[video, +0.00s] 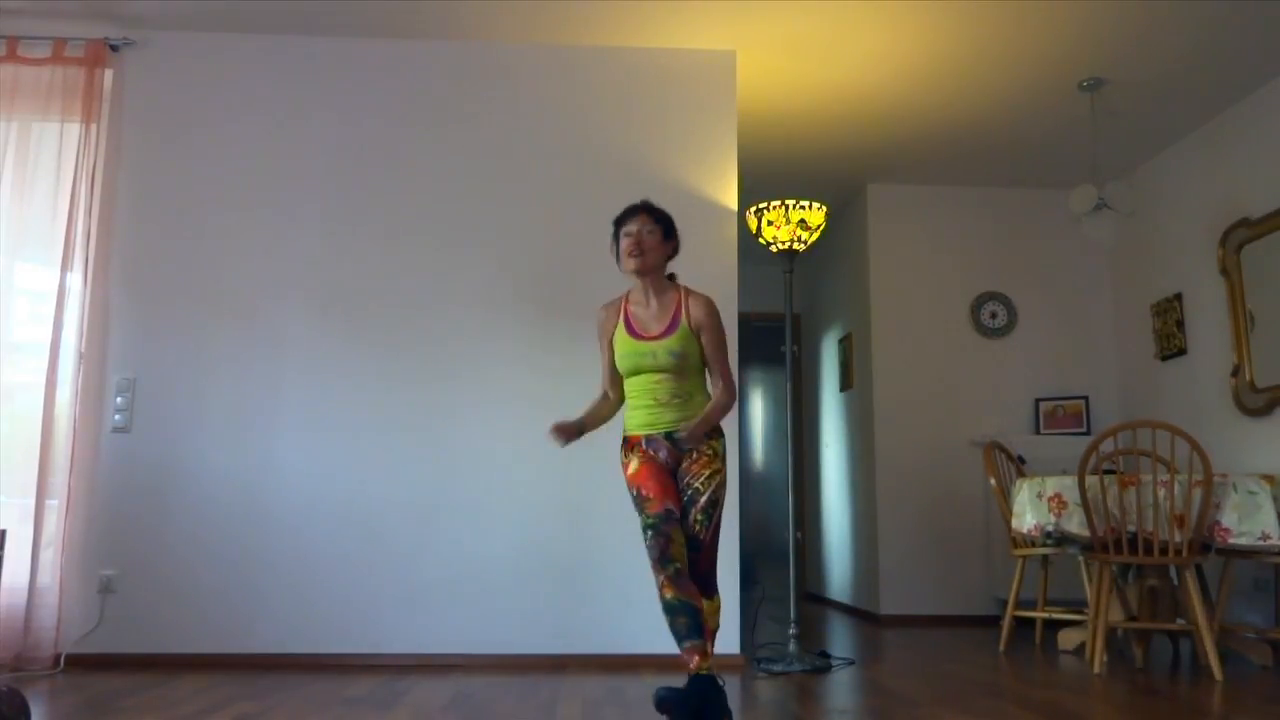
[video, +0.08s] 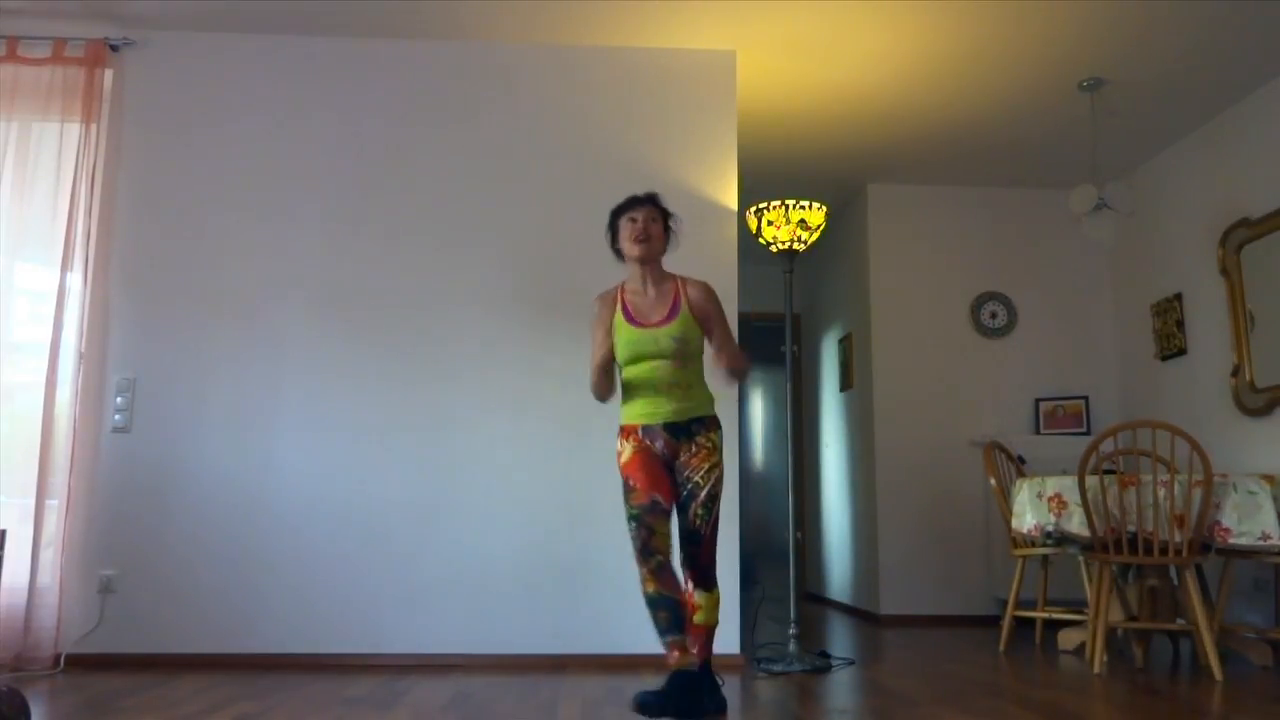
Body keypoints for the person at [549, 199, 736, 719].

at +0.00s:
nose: (634, 243)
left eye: (645, 236)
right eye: (626, 237)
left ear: (669, 247)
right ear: (617, 251)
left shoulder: (697, 308)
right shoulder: (611, 316)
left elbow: (725, 390)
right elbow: (612, 393)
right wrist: (578, 425)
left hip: (699, 442)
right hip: (641, 445)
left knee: (699, 553)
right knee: (665, 540)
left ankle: (701, 676)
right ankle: (701, 673)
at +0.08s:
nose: (642, 228)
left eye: (651, 221)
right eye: (631, 222)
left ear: (667, 235)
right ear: (616, 239)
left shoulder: (697, 294)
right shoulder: (609, 304)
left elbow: (734, 370)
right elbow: (602, 391)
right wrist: (606, 349)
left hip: (697, 432)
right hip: (639, 435)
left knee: (697, 553)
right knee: (650, 550)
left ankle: (703, 675)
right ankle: (682, 670)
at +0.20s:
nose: (635, 205)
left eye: (643, 197)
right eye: (623, 198)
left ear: (655, 211)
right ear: (604, 216)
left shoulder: (681, 265)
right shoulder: (595, 271)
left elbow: (752, 298)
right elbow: (593, 312)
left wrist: (747, 245)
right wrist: (631, 255)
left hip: (688, 405)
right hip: (629, 407)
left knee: (694, 537)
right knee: (615, 532)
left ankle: (699, 662)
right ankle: (610, 662)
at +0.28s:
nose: (627, 198)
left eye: (636, 191)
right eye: (615, 189)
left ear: (645, 205)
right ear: (593, 207)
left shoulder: (665, 257)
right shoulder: (584, 258)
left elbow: (744, 256)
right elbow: (602, 248)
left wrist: (750, 197)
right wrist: (649, 206)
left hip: (680, 392)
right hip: (621, 393)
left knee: (690, 525)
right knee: (594, 521)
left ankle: (700, 653)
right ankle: (564, 646)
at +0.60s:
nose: (598, 239)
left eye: (610, 233)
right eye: (593, 227)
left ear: (618, 246)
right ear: (573, 234)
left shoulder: (610, 298)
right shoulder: (548, 284)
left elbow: (679, 280)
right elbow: (556, 223)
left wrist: (701, 219)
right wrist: (619, 193)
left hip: (596, 429)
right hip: (541, 424)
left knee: (648, 531)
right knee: (534, 550)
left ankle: (664, 653)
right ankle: (528, 667)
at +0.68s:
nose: (595, 245)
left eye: (607, 240)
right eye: (588, 234)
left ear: (613, 251)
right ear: (569, 241)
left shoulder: (606, 306)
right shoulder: (545, 292)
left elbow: (671, 315)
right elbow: (526, 265)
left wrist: (680, 260)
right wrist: (573, 229)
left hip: (583, 436)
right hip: (530, 430)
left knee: (626, 529)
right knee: (534, 553)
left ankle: (619, 655)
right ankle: (529, 669)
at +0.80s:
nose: (584, 246)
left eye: (595, 241)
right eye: (576, 238)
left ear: (608, 254)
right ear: (558, 246)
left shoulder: (606, 316)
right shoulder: (535, 294)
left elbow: (633, 376)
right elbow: (485, 344)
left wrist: (656, 335)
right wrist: (532, 297)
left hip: (577, 440)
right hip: (523, 434)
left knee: (587, 543)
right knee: (529, 560)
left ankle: (535, 661)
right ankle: (533, 677)